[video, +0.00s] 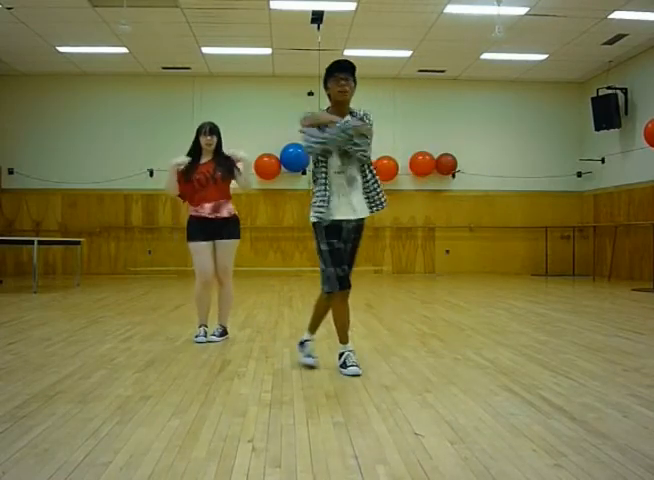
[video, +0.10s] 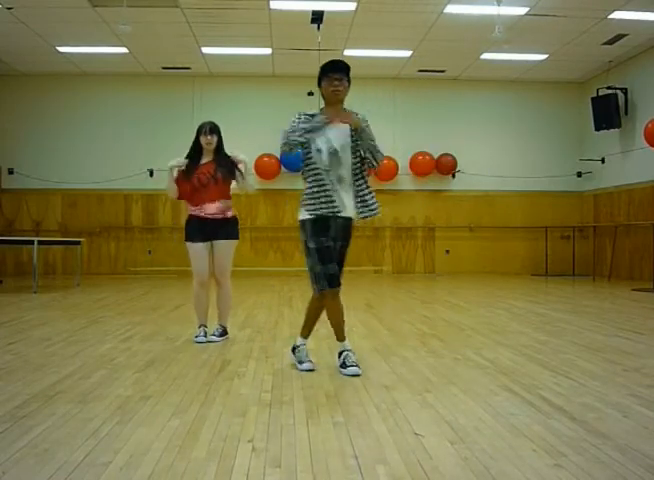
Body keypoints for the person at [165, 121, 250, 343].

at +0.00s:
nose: (208, 138)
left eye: (212, 134)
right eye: (204, 135)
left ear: (218, 138)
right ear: (198, 138)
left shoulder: (226, 162)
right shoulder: (189, 165)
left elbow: (246, 185)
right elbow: (173, 191)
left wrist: (244, 166)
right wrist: (173, 169)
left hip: (225, 222)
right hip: (198, 222)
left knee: (224, 276)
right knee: (204, 276)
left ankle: (222, 326)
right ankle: (202, 326)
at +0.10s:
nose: (208, 138)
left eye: (212, 134)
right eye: (204, 134)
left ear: (219, 138)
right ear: (198, 138)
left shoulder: (227, 163)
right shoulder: (189, 165)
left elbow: (246, 188)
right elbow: (173, 194)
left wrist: (244, 169)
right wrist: (172, 170)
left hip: (224, 223)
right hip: (197, 223)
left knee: (222, 276)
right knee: (201, 278)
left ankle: (222, 326)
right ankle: (201, 326)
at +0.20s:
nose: (209, 140)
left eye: (213, 136)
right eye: (205, 136)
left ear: (219, 140)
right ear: (199, 139)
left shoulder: (229, 166)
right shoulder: (190, 166)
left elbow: (236, 198)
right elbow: (181, 197)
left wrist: (244, 177)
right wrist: (176, 178)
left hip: (223, 221)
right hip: (196, 221)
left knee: (220, 276)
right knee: (201, 277)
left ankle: (222, 326)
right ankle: (201, 326)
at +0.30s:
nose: (209, 142)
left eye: (213, 139)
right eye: (205, 139)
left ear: (219, 142)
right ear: (200, 142)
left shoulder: (229, 169)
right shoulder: (187, 167)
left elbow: (232, 203)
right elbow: (180, 200)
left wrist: (242, 192)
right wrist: (190, 186)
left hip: (222, 222)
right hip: (195, 224)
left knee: (220, 276)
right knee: (199, 276)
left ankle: (222, 326)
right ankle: (197, 325)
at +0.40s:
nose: (207, 144)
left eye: (211, 140)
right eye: (203, 141)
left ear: (218, 143)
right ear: (198, 144)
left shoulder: (226, 170)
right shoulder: (185, 168)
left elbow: (233, 199)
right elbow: (173, 197)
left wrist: (233, 209)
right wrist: (184, 210)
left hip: (220, 224)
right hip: (193, 225)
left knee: (218, 275)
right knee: (195, 277)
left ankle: (223, 327)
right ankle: (184, 324)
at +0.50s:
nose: (202, 145)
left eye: (206, 141)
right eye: (198, 141)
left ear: (214, 143)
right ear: (193, 144)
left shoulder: (223, 171)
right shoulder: (182, 169)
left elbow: (235, 202)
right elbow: (166, 198)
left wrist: (222, 219)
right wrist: (176, 217)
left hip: (213, 224)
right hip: (186, 225)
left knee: (215, 277)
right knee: (188, 279)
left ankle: (221, 326)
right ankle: (169, 326)